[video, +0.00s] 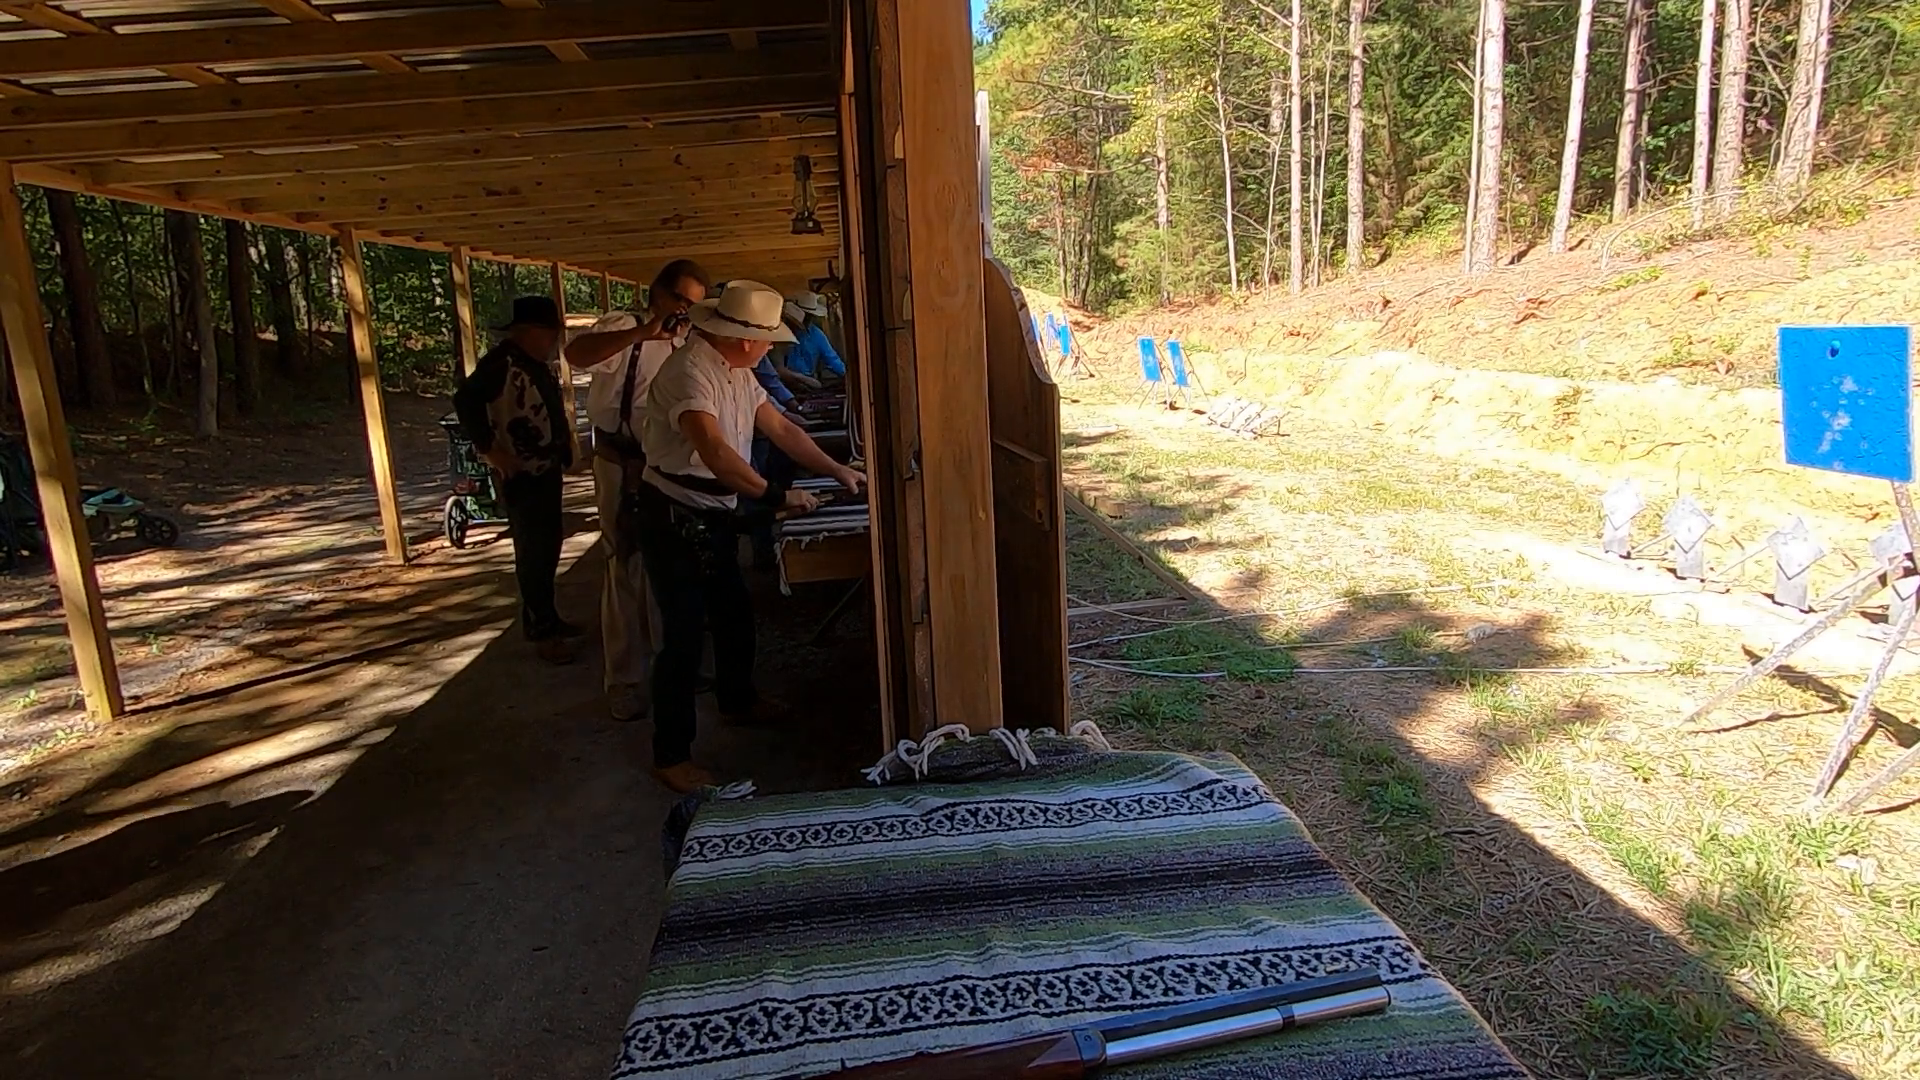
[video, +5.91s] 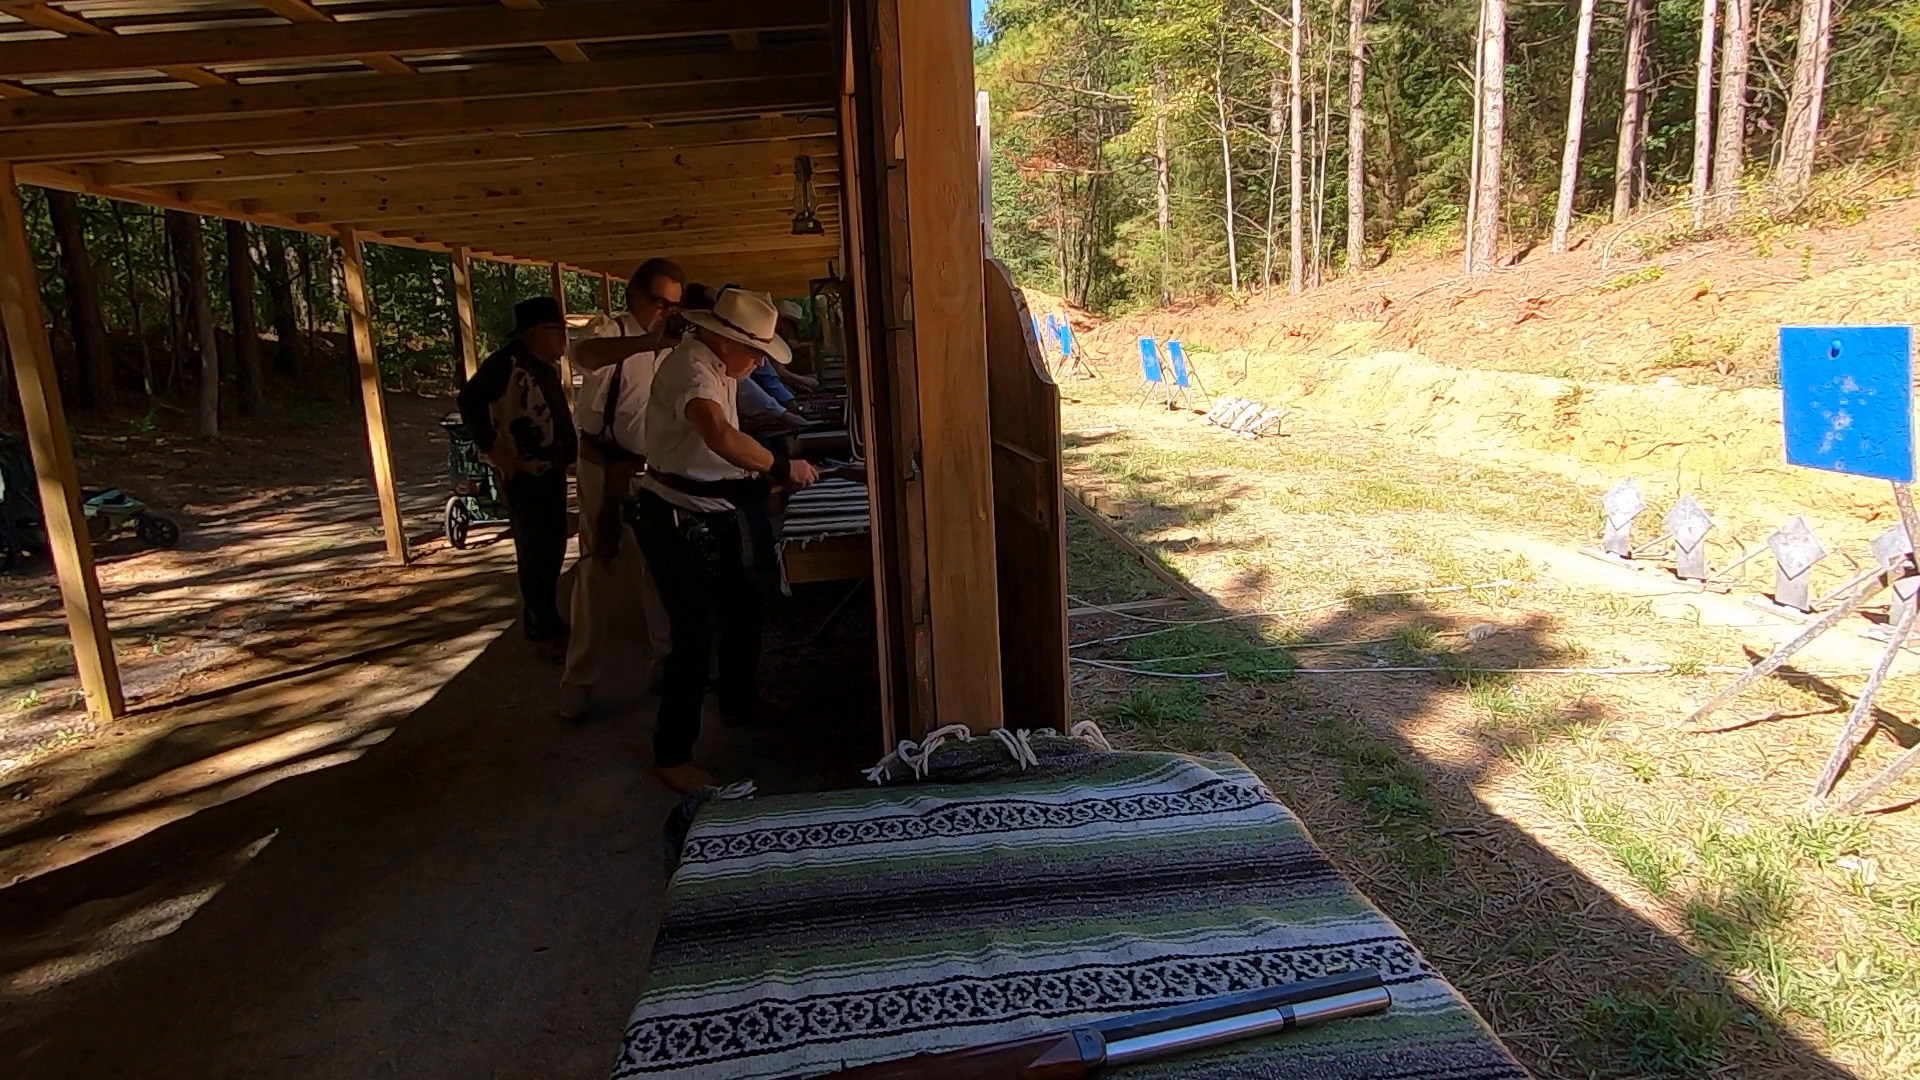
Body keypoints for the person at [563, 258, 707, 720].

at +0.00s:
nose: (684, 310)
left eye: (694, 305)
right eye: (678, 299)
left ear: (702, 307)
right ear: (656, 293)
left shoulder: (695, 346)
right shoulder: (625, 326)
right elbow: (575, 354)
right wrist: (642, 334)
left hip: (674, 463)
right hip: (619, 462)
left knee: (672, 569)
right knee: (624, 572)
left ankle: (676, 669)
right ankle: (624, 682)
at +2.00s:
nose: (686, 312)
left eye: (694, 307)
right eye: (681, 302)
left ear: (698, 309)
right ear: (659, 294)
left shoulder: (690, 346)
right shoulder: (627, 327)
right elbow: (581, 357)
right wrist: (645, 340)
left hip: (669, 463)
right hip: (618, 463)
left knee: (670, 568)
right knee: (626, 571)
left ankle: (673, 671)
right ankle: (624, 683)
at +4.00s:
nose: (690, 315)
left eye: (697, 309)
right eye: (685, 304)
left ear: (698, 311)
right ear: (660, 296)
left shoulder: (688, 344)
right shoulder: (631, 325)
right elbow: (609, 347)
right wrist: (674, 344)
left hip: (667, 463)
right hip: (619, 465)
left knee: (670, 568)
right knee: (626, 572)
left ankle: (672, 671)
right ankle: (623, 683)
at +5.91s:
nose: (667, 312)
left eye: (673, 306)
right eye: (660, 303)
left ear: (677, 307)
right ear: (634, 295)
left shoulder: (671, 343)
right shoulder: (609, 327)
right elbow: (581, 354)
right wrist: (652, 343)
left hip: (659, 466)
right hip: (606, 466)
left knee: (660, 574)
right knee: (601, 575)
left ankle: (665, 667)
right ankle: (578, 684)